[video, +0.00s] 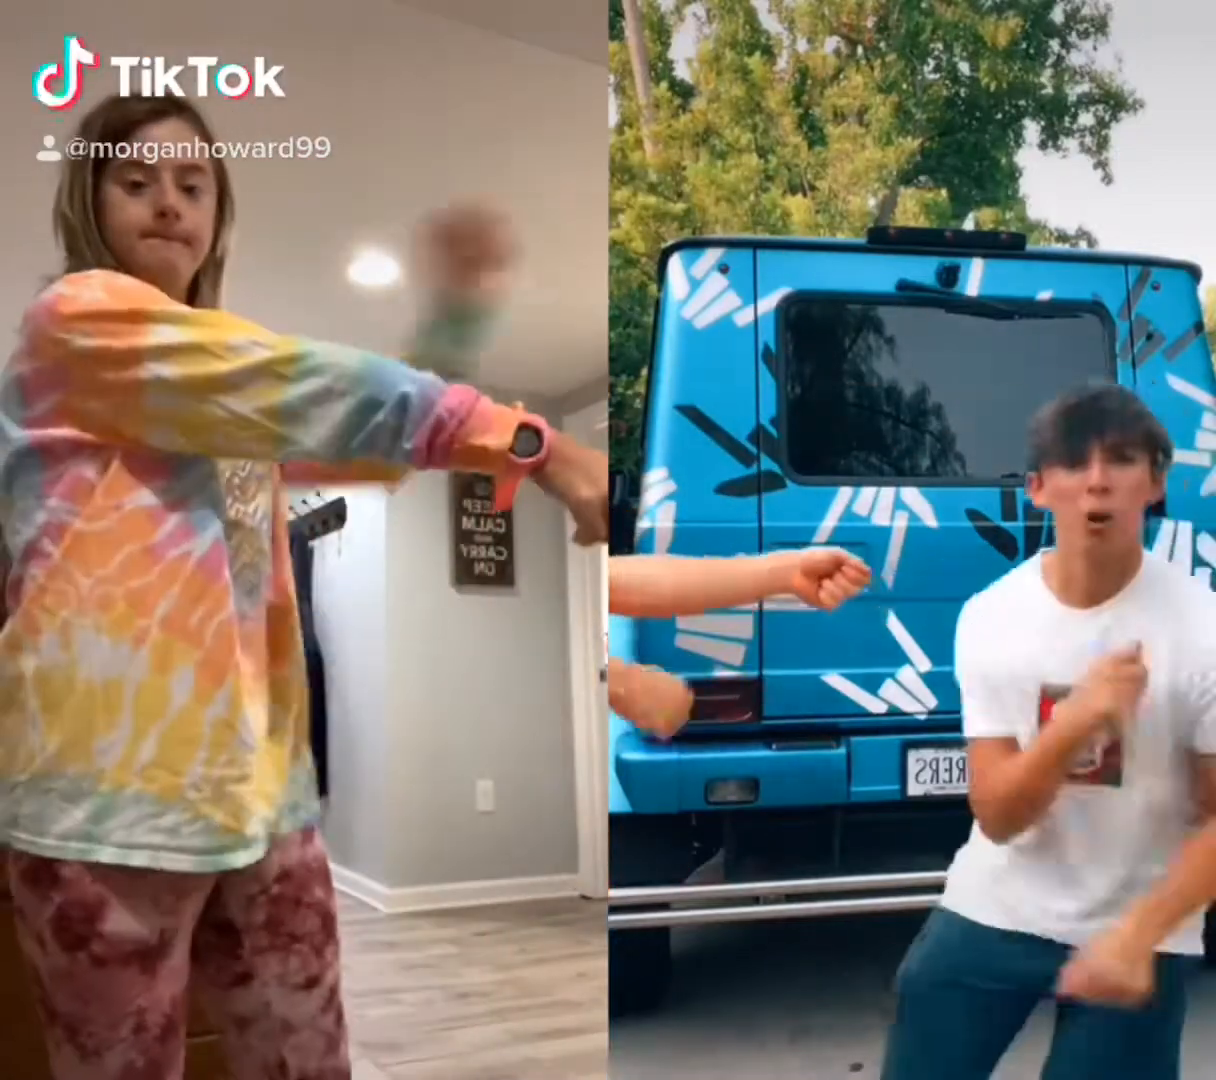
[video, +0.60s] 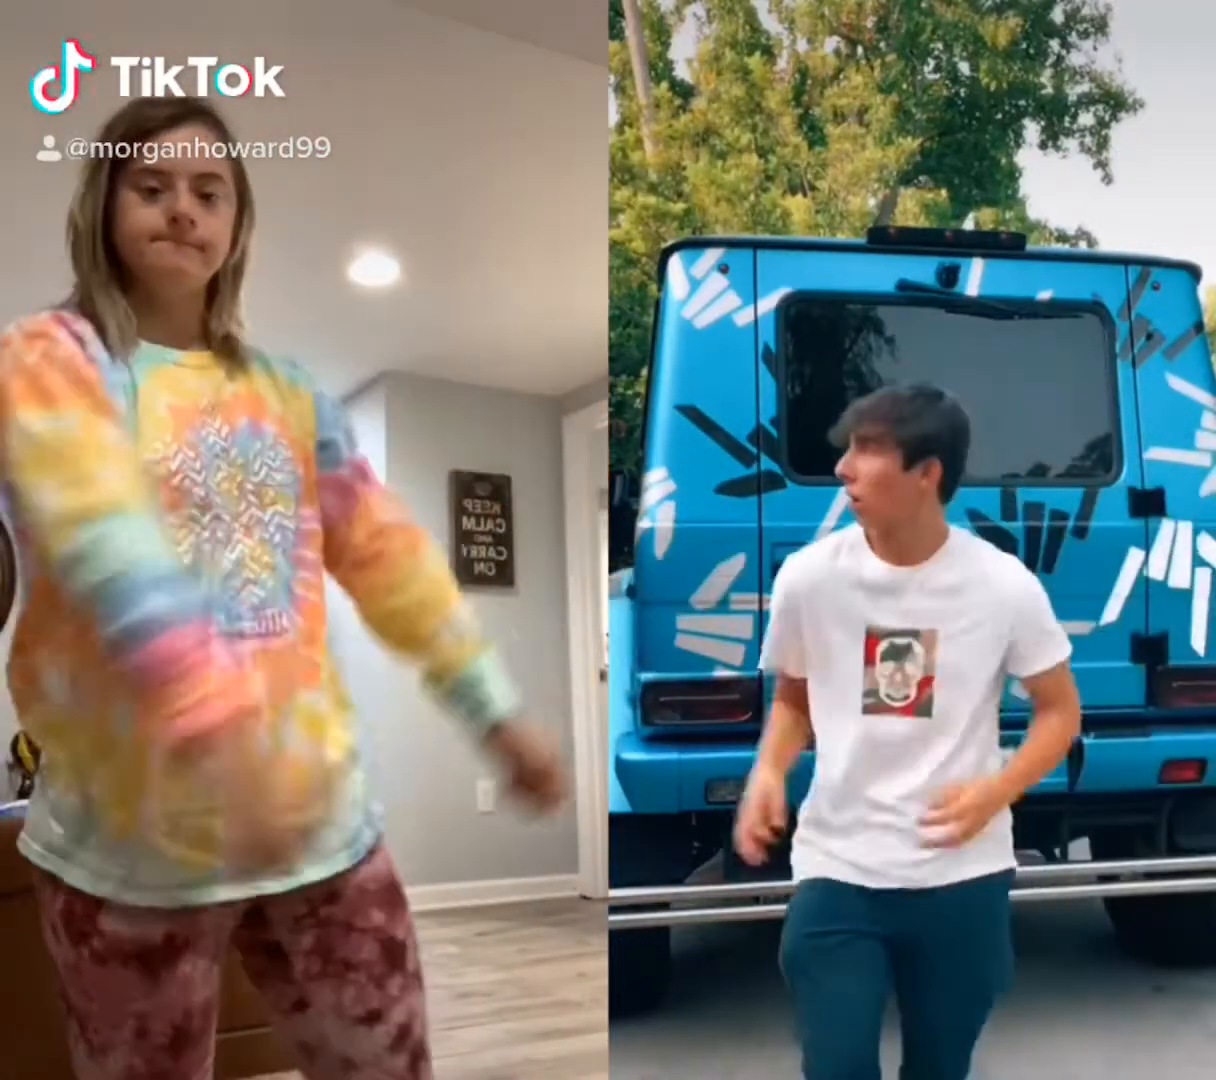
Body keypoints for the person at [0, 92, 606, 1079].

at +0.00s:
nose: (170, 205)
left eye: (195, 184)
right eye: (138, 180)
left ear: (220, 213)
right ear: (90, 203)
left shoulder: (215, 358)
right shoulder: (77, 319)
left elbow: (372, 445)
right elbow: (295, 386)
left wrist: (456, 313)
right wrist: (534, 445)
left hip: (257, 802)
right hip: (102, 812)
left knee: (302, 1069)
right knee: (120, 1072)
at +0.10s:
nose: (164, 213)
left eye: (189, 191)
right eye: (133, 189)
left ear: (213, 218)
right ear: (84, 207)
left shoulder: (206, 347)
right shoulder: (69, 322)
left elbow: (354, 369)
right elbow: (304, 384)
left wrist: (563, 333)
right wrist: (528, 436)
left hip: (266, 797)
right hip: (107, 814)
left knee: (309, 1067)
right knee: (128, 1071)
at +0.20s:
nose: (160, 210)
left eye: (184, 188)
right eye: (128, 185)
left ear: (209, 215)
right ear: (78, 205)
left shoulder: (211, 355)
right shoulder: (60, 324)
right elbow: (293, 379)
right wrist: (524, 432)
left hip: (277, 803)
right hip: (113, 822)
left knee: (321, 1067)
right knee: (133, 1072)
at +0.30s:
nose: (162, 214)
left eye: (187, 190)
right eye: (130, 187)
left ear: (212, 218)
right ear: (79, 205)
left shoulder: (220, 361)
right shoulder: (59, 322)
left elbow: (358, 436)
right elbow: (286, 379)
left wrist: (530, 465)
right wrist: (527, 439)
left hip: (284, 809)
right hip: (116, 820)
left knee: (329, 1067)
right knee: (137, 1072)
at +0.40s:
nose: (165, 214)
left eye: (192, 194)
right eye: (135, 190)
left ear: (220, 225)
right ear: (87, 212)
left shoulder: (231, 382)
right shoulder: (52, 327)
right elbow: (253, 417)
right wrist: (501, 494)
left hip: (283, 815)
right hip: (116, 825)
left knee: (340, 1064)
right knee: (135, 1071)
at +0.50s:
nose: (170, 216)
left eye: (197, 196)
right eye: (141, 191)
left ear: (226, 228)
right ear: (94, 214)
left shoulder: (264, 397)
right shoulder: (51, 340)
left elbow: (398, 511)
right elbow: (194, 488)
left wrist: (537, 619)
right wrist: (405, 595)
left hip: (293, 820)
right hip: (116, 832)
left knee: (360, 1065)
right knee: (137, 1070)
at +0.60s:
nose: (183, 212)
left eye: (209, 191)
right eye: (153, 187)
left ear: (239, 224)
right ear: (102, 208)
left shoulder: (285, 391)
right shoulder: (48, 360)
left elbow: (386, 555)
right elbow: (106, 553)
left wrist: (498, 718)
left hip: (313, 813)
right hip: (129, 835)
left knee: (386, 1062)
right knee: (146, 1072)